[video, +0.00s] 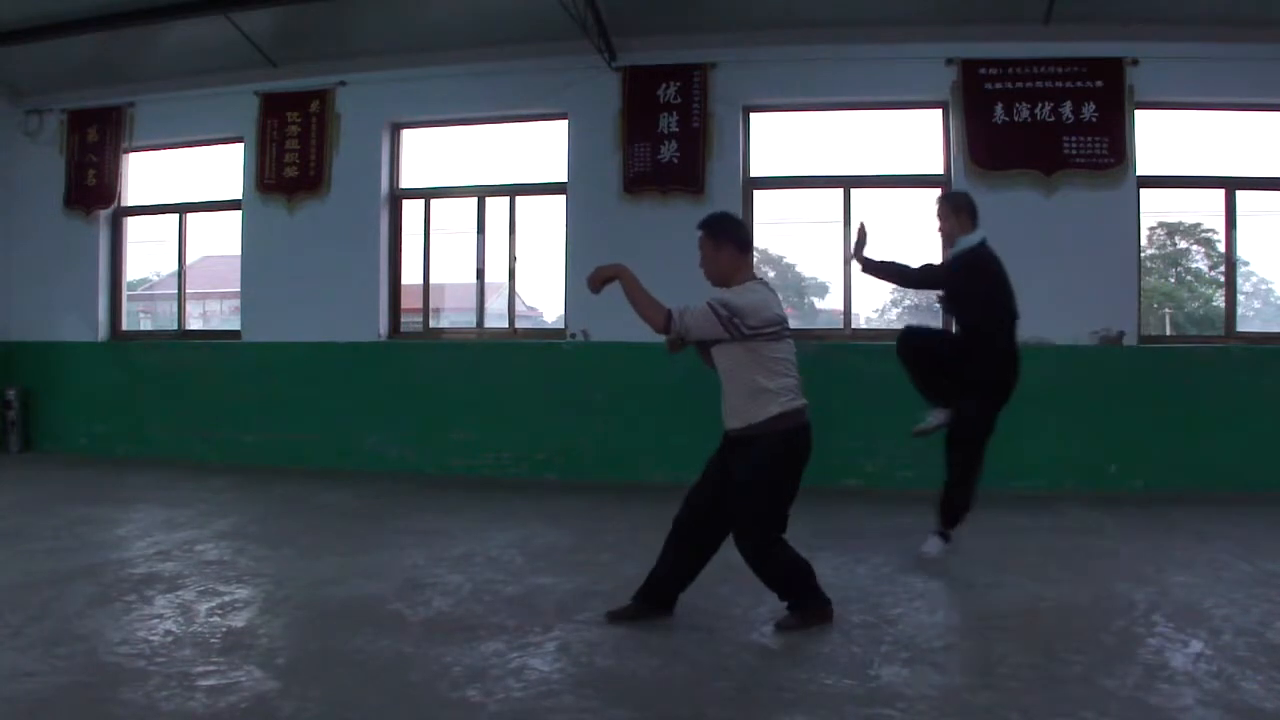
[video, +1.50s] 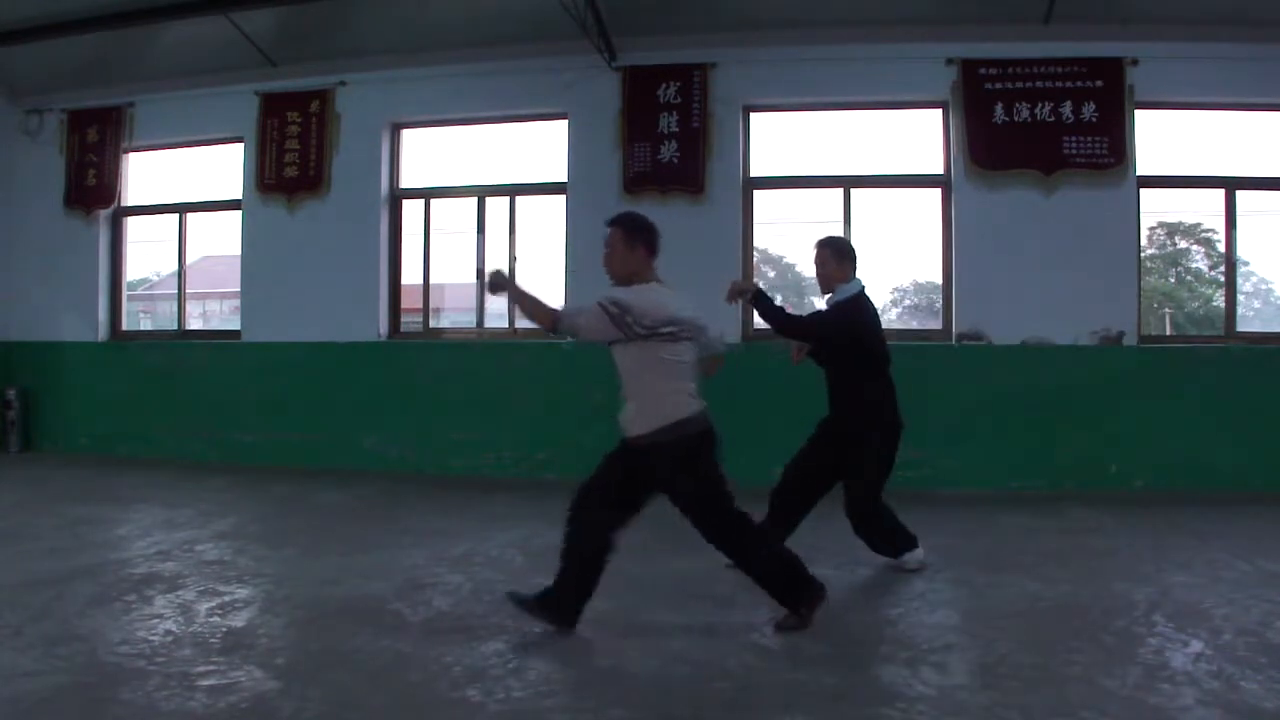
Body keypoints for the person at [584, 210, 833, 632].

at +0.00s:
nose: (701, 264)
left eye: (705, 254)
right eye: (701, 254)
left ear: (730, 251)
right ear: (733, 252)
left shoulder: (747, 301)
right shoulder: (751, 298)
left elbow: (665, 322)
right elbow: (728, 361)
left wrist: (622, 274)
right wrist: (689, 338)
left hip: (777, 437)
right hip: (745, 436)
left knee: (755, 534)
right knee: (697, 523)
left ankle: (812, 605)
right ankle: (653, 601)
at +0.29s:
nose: (708, 263)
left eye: (712, 253)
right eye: (707, 254)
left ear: (736, 251)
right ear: (742, 253)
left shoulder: (750, 303)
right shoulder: (761, 298)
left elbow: (671, 321)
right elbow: (733, 361)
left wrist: (631, 271)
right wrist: (694, 340)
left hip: (778, 438)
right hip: (748, 437)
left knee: (757, 536)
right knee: (698, 522)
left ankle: (812, 605)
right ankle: (654, 601)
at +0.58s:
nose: (709, 263)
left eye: (713, 253)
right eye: (708, 254)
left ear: (739, 251)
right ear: (743, 253)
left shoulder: (755, 301)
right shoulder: (763, 298)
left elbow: (673, 320)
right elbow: (734, 360)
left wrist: (632, 273)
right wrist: (695, 340)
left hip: (779, 440)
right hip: (750, 439)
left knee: (756, 537)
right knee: (699, 523)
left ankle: (812, 605)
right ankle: (654, 601)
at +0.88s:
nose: (706, 269)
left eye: (709, 257)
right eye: (705, 259)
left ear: (737, 252)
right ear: (739, 254)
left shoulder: (756, 303)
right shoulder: (754, 301)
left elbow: (673, 328)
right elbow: (731, 364)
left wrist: (626, 280)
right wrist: (688, 339)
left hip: (782, 440)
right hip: (750, 440)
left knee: (756, 535)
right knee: (700, 525)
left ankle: (812, 604)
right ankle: (654, 601)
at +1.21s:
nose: (684, 264)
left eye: (689, 253)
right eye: (683, 254)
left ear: (719, 252)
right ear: (719, 254)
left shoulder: (732, 302)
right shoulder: (747, 298)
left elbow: (649, 326)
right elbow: (750, 366)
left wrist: (606, 280)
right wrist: (693, 380)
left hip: (769, 440)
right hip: (736, 439)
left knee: (754, 534)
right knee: (686, 510)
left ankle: (812, 604)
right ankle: (655, 599)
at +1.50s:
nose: (604, 257)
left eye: (611, 248)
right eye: (606, 248)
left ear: (639, 252)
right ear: (641, 254)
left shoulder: (629, 304)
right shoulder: (675, 303)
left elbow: (559, 322)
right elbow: (715, 353)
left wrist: (512, 291)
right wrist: (675, 381)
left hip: (656, 440)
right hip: (688, 433)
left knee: (593, 515)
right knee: (723, 523)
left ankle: (563, 605)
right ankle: (803, 593)